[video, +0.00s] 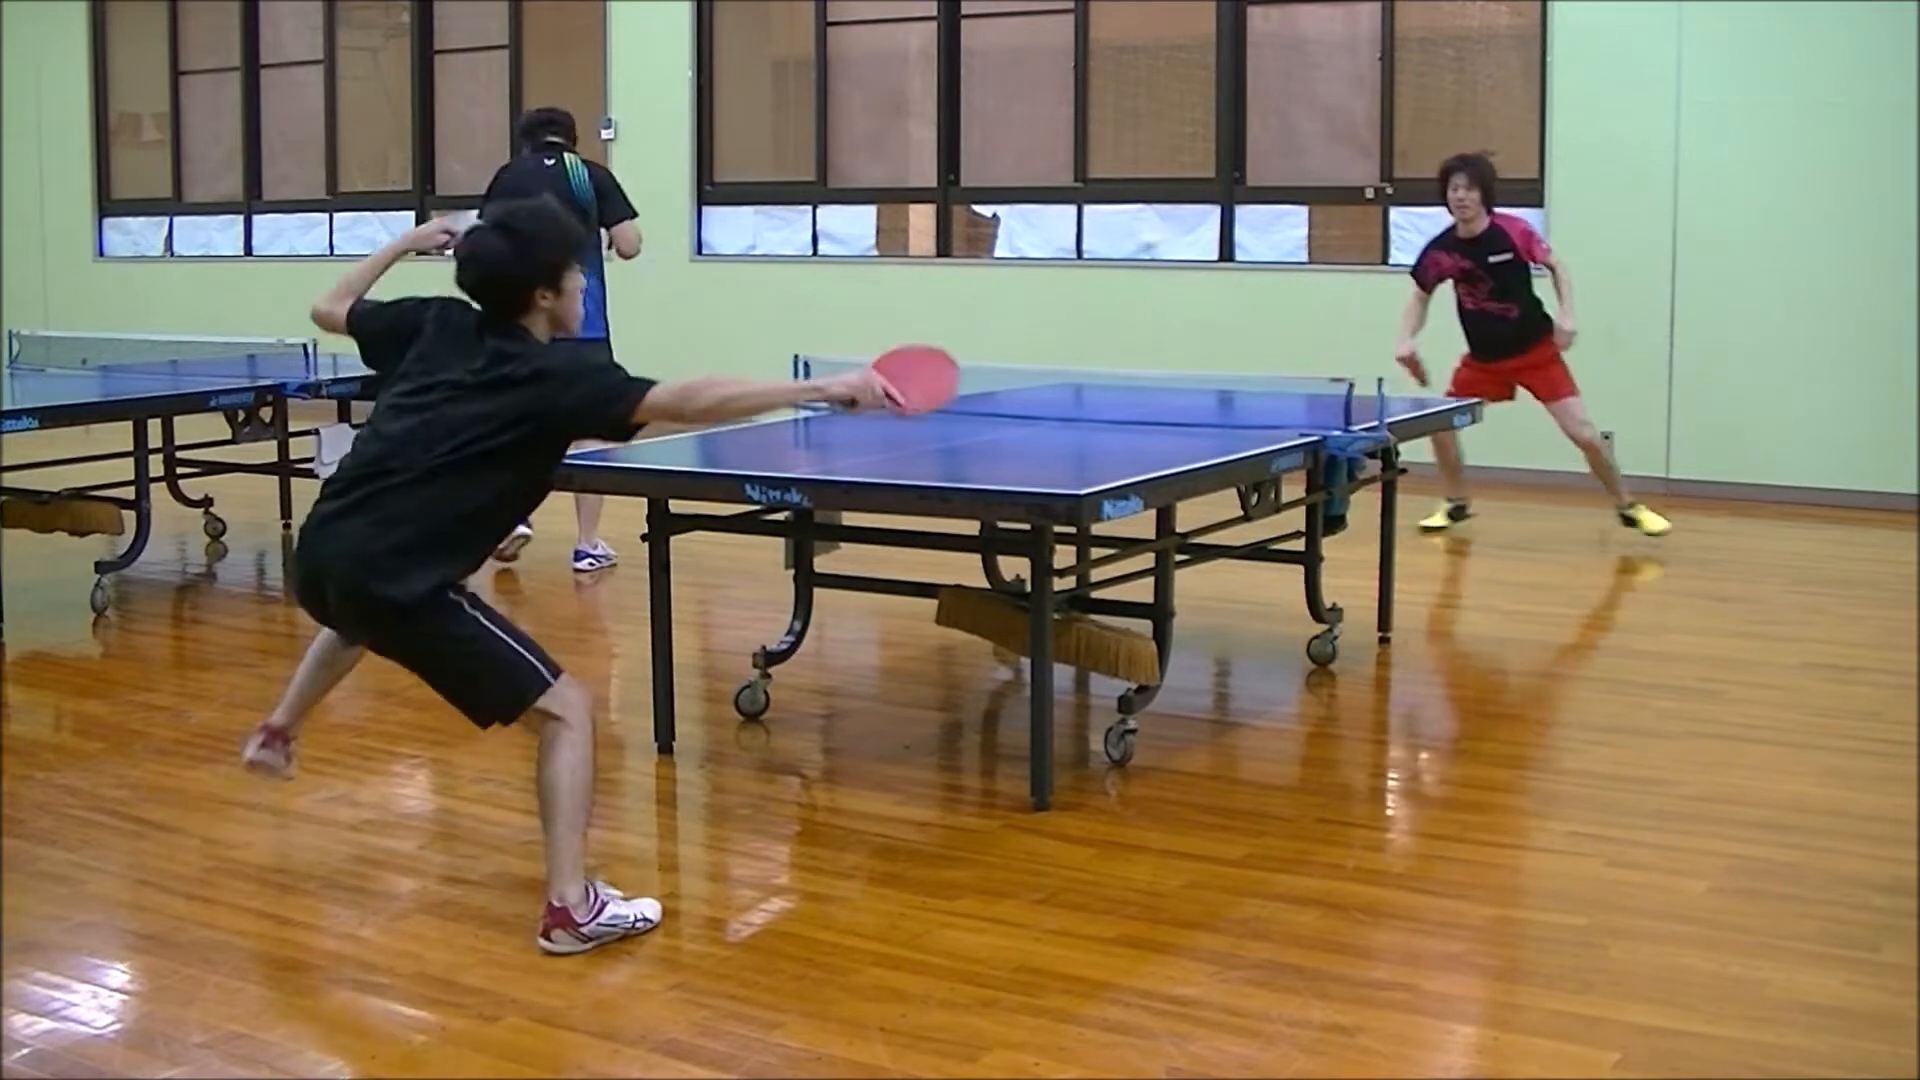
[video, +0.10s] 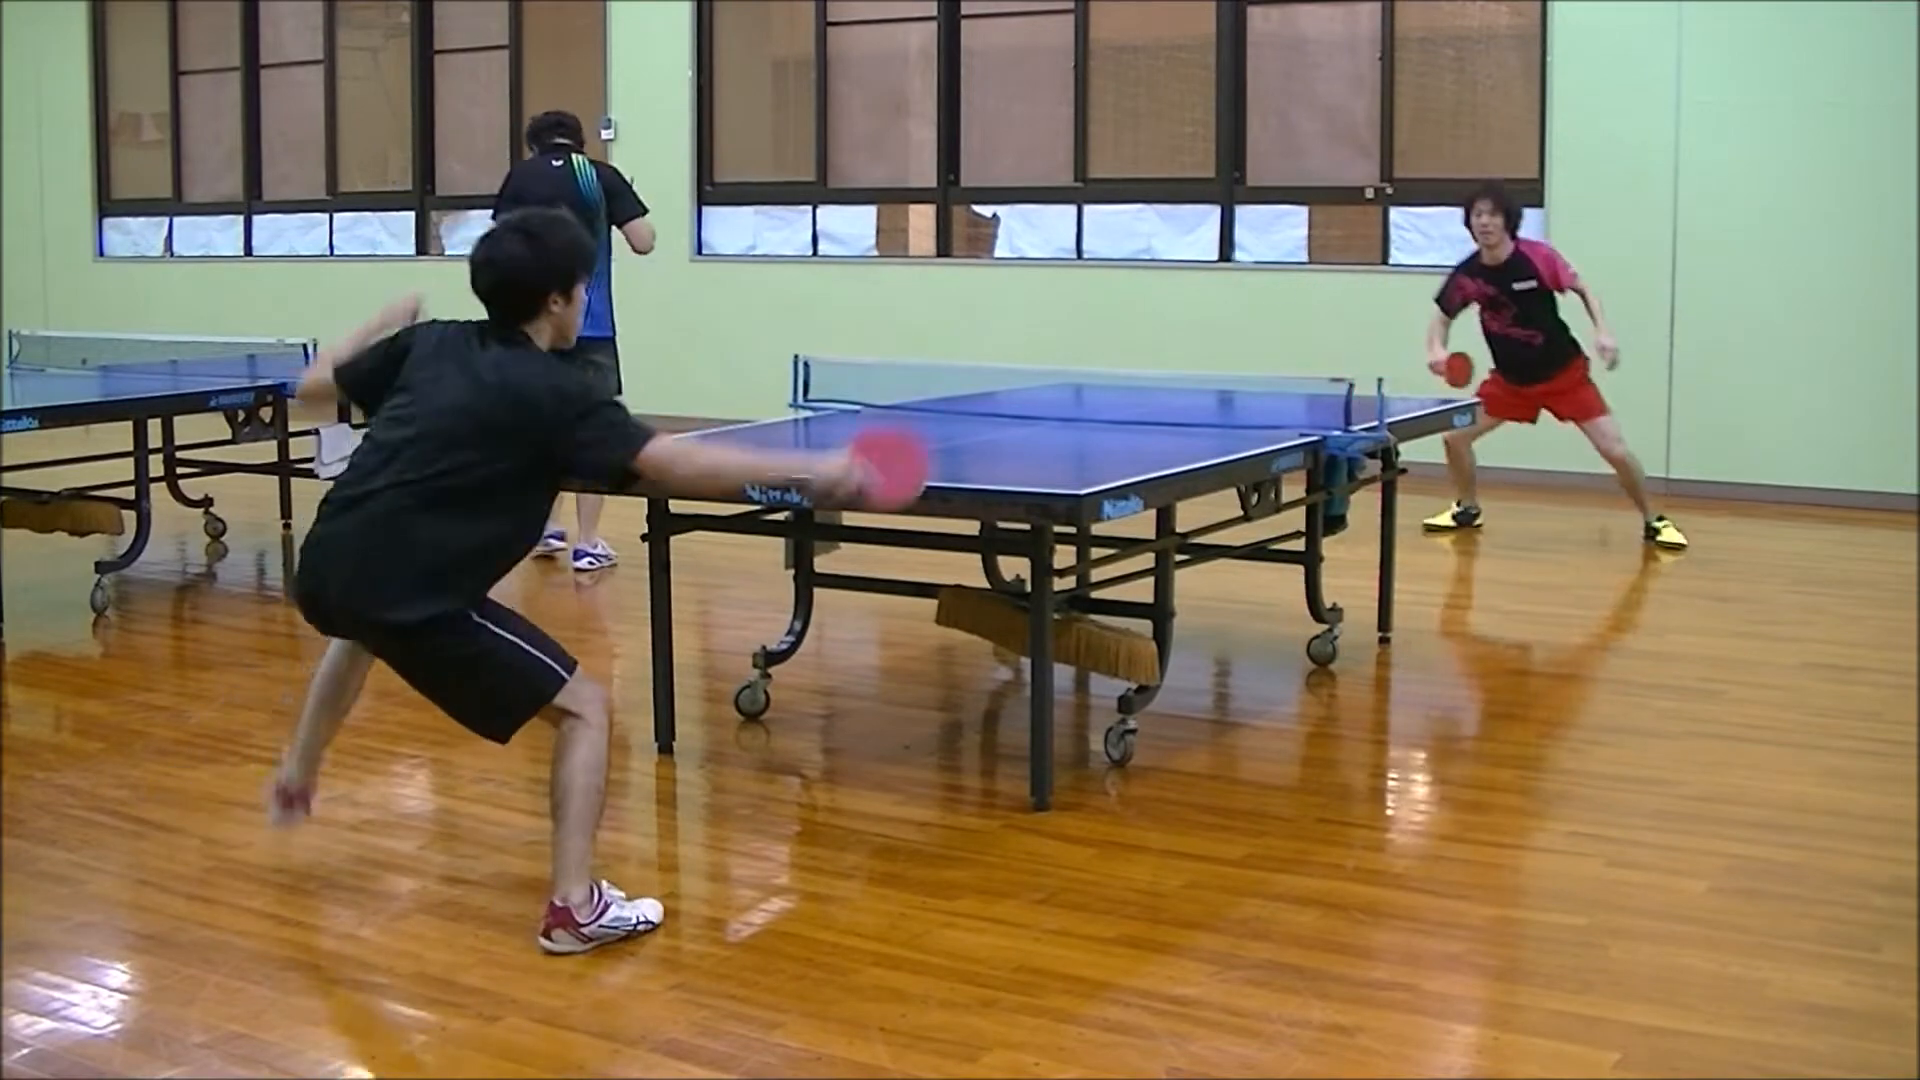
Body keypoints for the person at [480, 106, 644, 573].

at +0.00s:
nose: (583, 285)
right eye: (574, 275)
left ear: (526, 140)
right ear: (573, 140)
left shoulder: (506, 175)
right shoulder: (594, 174)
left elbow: (481, 239)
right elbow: (628, 244)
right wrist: (604, 217)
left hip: (505, 324)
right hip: (583, 333)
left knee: (508, 429)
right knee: (594, 438)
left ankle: (510, 519)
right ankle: (588, 543)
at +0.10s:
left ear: (532, 145)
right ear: (580, 143)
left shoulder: (518, 176)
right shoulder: (602, 175)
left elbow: (498, 235)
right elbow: (642, 241)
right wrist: (619, 203)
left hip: (522, 323)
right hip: (592, 326)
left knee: (541, 428)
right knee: (599, 434)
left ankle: (546, 526)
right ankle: (586, 542)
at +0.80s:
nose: (538, 154)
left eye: (539, 149)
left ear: (544, 150)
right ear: (586, 146)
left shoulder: (538, 185)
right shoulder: (607, 180)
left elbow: (494, 212)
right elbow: (657, 199)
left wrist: (522, 164)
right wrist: (614, 159)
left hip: (560, 315)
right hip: (609, 314)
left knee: (572, 414)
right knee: (615, 409)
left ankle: (604, 509)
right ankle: (614, 502)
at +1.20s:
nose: (503, 157)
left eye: (506, 148)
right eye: (504, 147)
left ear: (521, 146)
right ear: (550, 145)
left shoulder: (527, 181)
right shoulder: (574, 180)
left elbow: (457, 180)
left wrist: (498, 145)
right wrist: (553, 147)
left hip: (532, 308)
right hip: (575, 307)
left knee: (512, 404)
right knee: (591, 400)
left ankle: (516, 498)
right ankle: (605, 495)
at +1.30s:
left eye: (491, 149)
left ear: (502, 152)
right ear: (533, 150)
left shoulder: (512, 186)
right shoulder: (559, 186)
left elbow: (444, 175)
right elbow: (549, 172)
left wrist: (487, 145)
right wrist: (539, 147)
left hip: (517, 308)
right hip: (559, 307)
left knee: (504, 408)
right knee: (579, 401)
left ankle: (498, 492)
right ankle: (604, 492)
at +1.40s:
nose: (465, 160)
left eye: (470, 151)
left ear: (485, 153)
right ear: (514, 150)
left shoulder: (495, 185)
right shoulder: (539, 185)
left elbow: (427, 166)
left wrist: (471, 144)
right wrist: (514, 148)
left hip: (497, 305)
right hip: (536, 303)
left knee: (485, 402)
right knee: (550, 398)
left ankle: (496, 494)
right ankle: (594, 479)